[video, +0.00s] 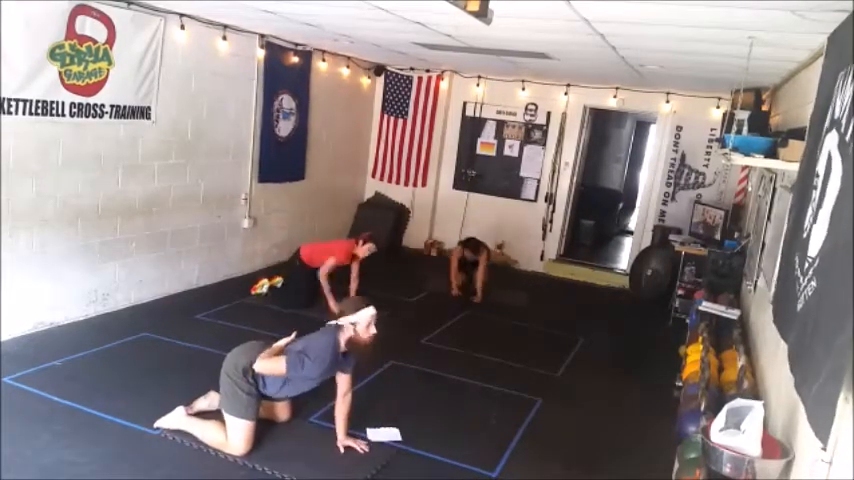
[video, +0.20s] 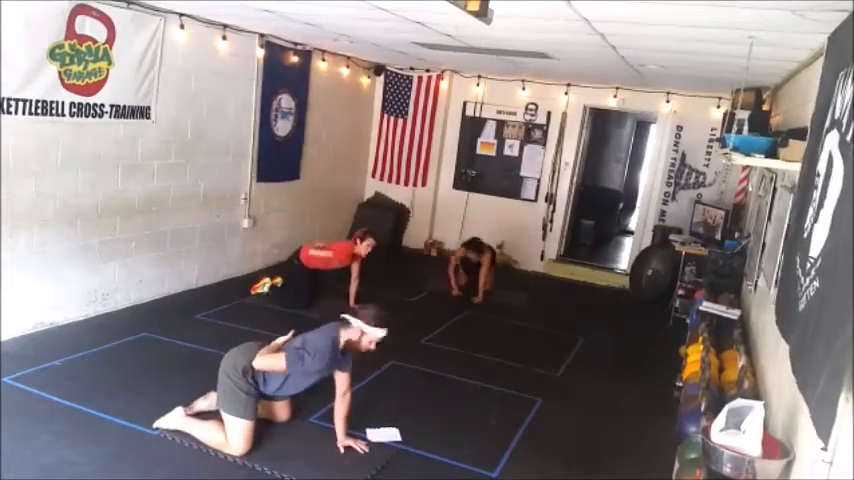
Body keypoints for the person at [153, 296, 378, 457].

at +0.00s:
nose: (374, 330)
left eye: (374, 323)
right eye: (371, 323)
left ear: (353, 322)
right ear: (354, 323)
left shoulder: (345, 348)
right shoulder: (320, 354)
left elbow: (344, 393)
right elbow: (260, 365)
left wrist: (343, 437)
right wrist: (282, 344)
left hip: (266, 358)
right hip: (241, 368)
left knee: (281, 410)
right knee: (237, 446)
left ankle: (217, 402)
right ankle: (180, 419)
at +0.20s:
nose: (375, 345)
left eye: (378, 340)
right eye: (375, 339)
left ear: (359, 327)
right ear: (360, 330)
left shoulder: (342, 344)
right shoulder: (318, 350)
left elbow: (343, 392)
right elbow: (258, 362)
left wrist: (341, 436)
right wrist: (277, 343)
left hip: (265, 366)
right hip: (240, 369)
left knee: (281, 412)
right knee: (237, 445)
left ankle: (216, 402)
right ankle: (180, 420)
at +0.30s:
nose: (365, 363)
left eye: (370, 361)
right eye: (367, 358)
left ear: (362, 338)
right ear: (361, 344)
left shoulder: (345, 339)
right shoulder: (316, 351)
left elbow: (343, 392)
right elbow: (257, 360)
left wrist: (341, 435)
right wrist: (277, 342)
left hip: (269, 367)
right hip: (241, 370)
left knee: (281, 412)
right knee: (238, 445)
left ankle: (217, 401)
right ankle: (181, 420)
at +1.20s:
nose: (381, 349)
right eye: (379, 343)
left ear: (363, 332)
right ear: (364, 336)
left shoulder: (347, 339)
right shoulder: (323, 360)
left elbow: (345, 393)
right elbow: (265, 374)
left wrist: (342, 435)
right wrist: (279, 343)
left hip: (266, 355)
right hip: (242, 369)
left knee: (282, 412)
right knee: (237, 446)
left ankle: (219, 400)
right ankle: (183, 417)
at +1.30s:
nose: (377, 326)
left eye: (377, 320)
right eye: (371, 321)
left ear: (358, 322)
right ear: (352, 321)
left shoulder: (348, 348)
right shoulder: (322, 350)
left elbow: (344, 394)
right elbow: (263, 371)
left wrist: (342, 436)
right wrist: (280, 344)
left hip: (267, 359)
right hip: (242, 367)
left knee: (281, 411)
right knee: (237, 446)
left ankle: (217, 400)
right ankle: (182, 417)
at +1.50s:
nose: (373, 317)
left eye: (373, 312)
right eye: (368, 313)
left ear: (356, 319)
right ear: (347, 317)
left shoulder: (348, 349)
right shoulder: (319, 344)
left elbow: (344, 393)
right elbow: (261, 366)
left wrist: (342, 436)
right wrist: (280, 342)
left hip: (270, 363)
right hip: (243, 368)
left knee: (281, 411)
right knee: (237, 446)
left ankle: (216, 400)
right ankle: (182, 417)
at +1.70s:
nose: (346, 366)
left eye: (349, 364)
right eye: (349, 362)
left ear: (354, 347)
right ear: (354, 353)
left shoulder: (344, 339)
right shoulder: (311, 343)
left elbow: (342, 392)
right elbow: (252, 345)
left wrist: (343, 435)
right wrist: (268, 325)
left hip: (273, 368)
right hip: (244, 367)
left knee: (282, 412)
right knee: (236, 446)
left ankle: (217, 400)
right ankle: (182, 418)